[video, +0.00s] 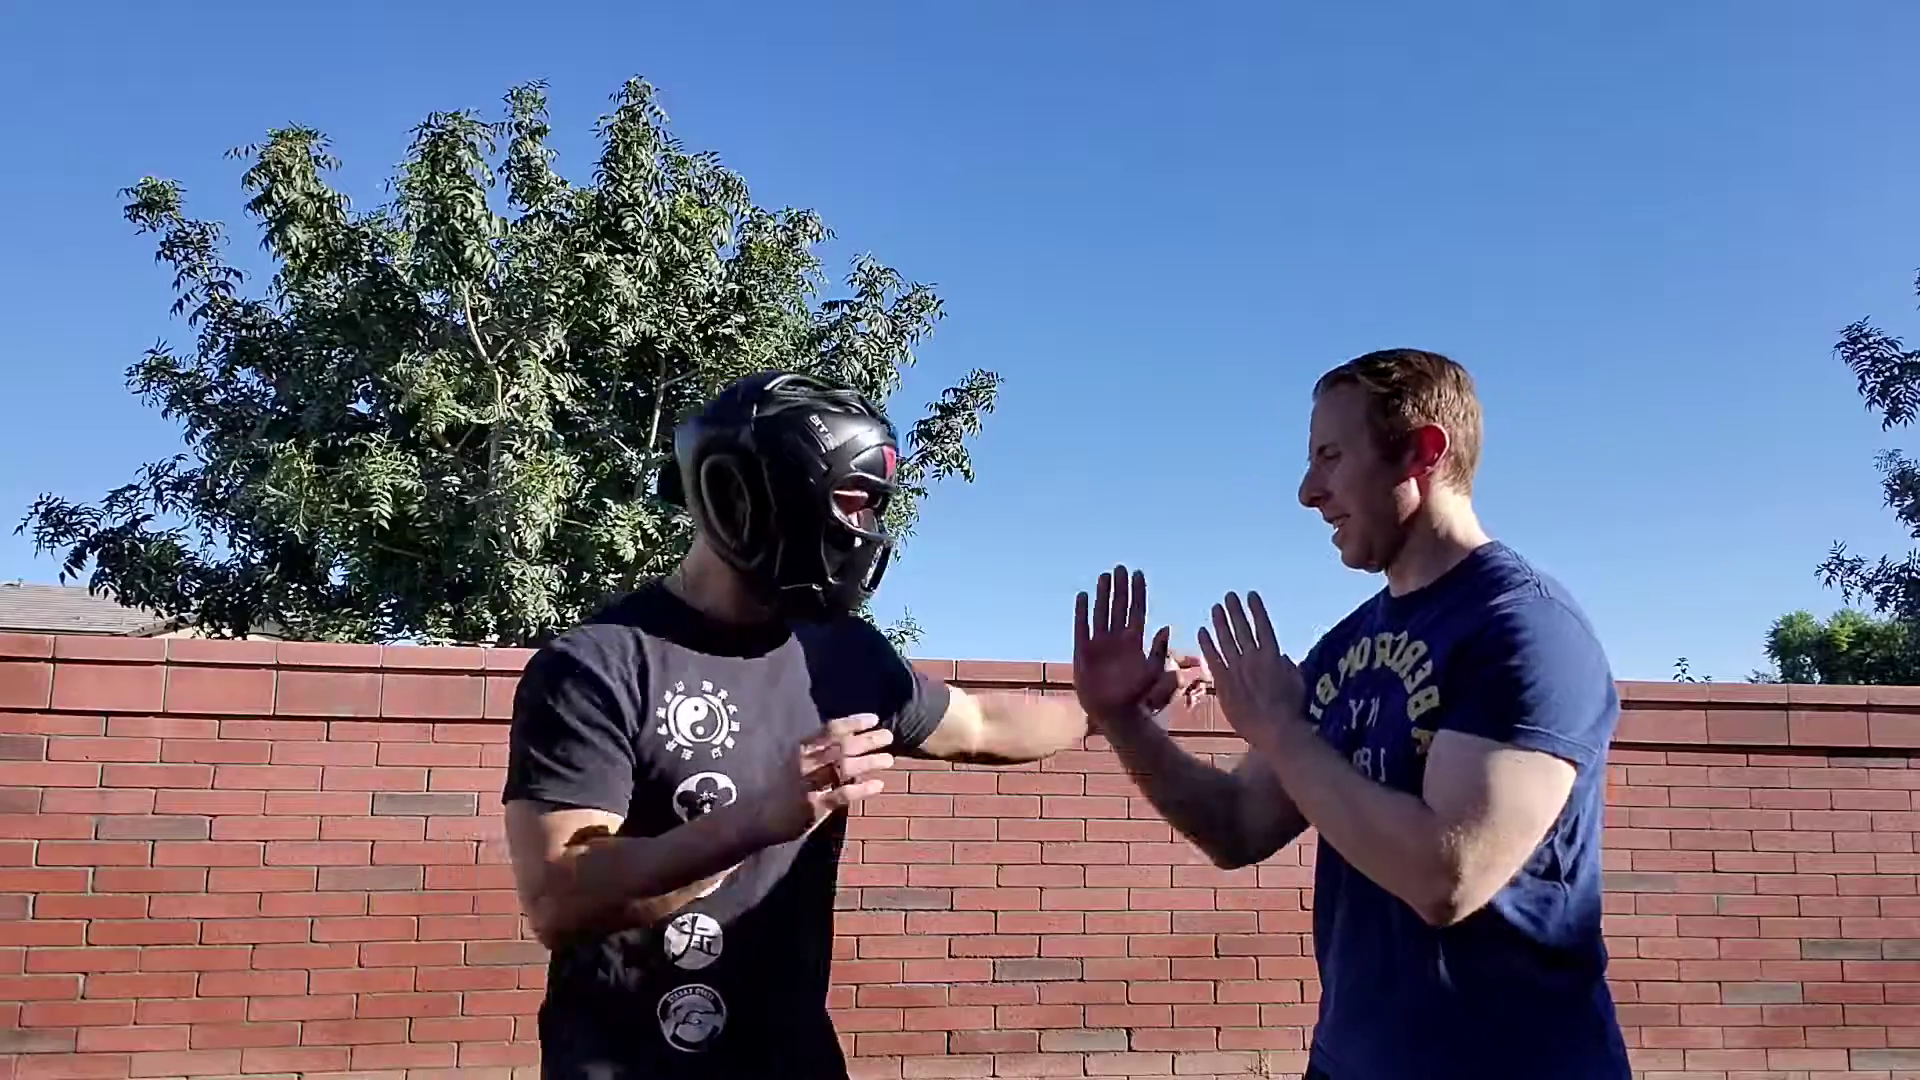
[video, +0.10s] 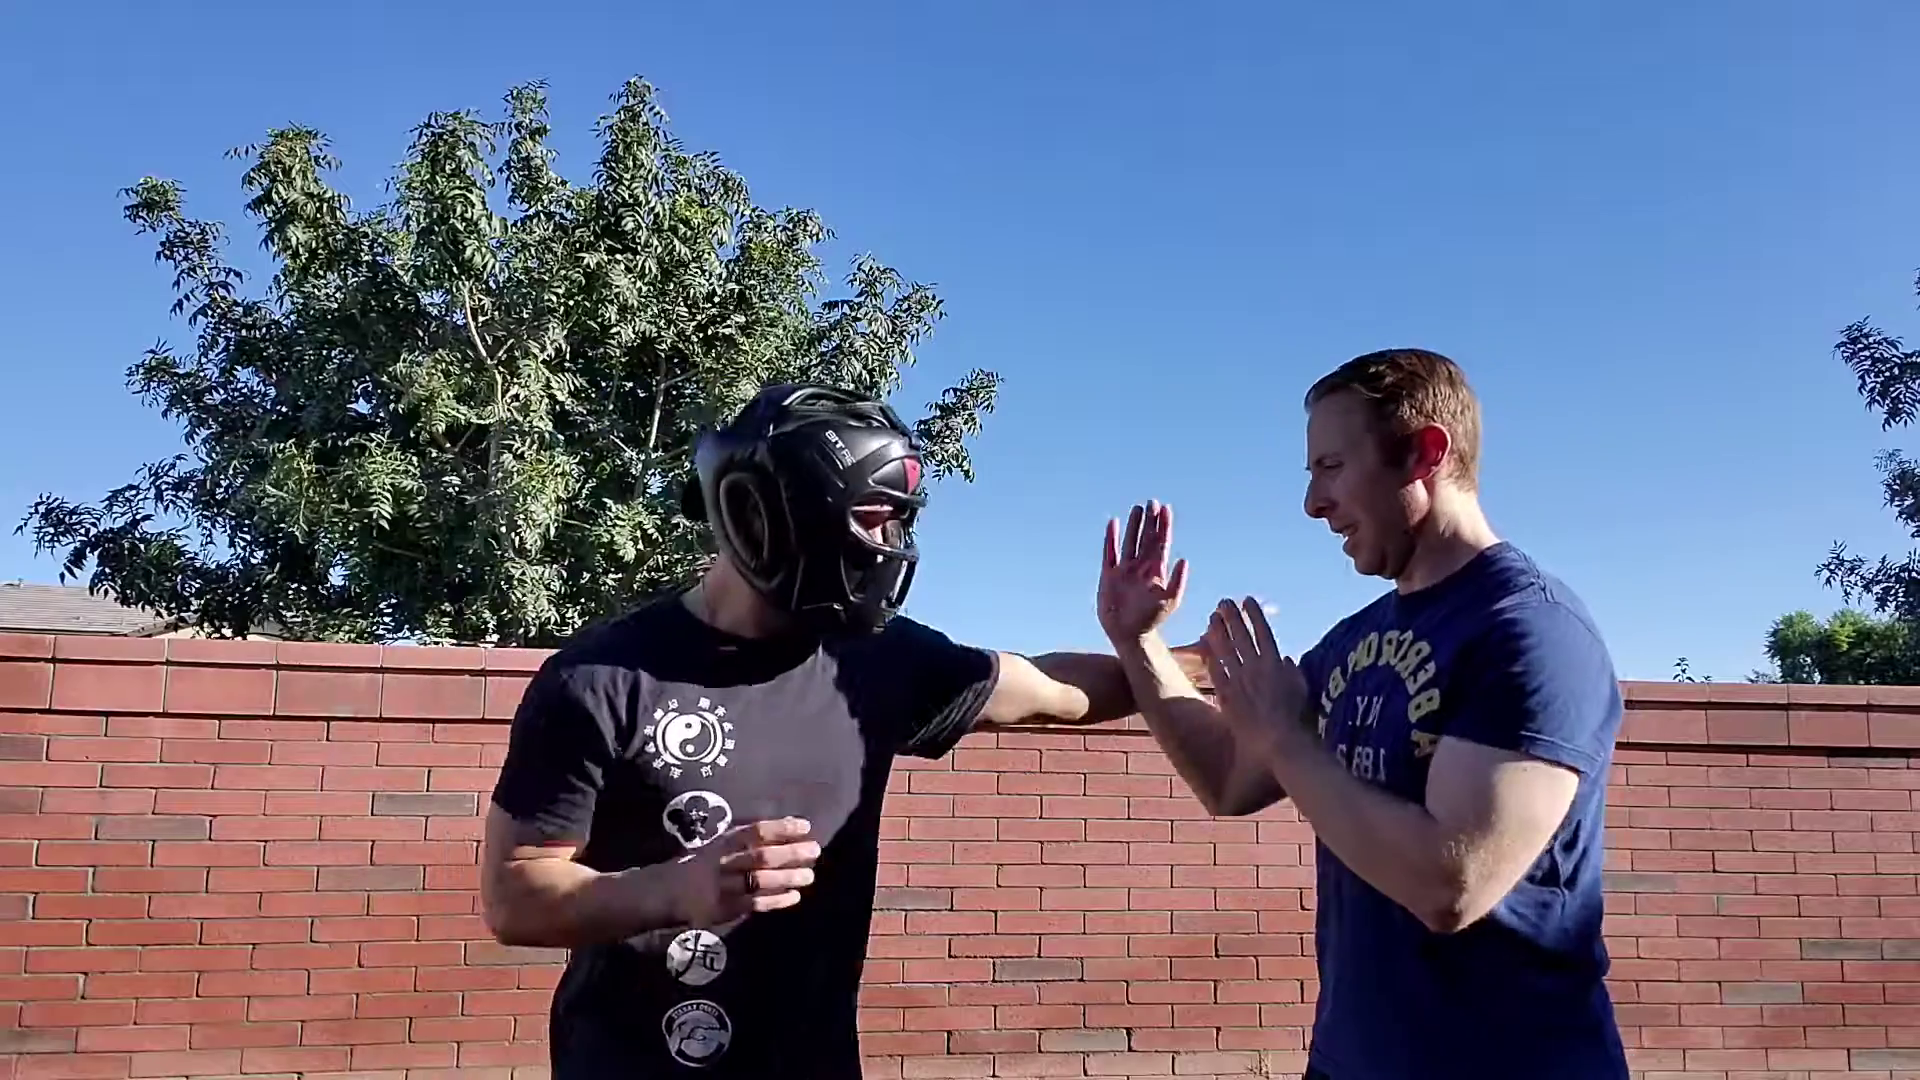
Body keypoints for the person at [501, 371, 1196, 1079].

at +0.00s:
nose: (867, 531)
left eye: (873, 507)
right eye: (847, 503)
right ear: (754, 497)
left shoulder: (837, 652)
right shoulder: (591, 670)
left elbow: (984, 728)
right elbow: (557, 902)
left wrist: (1106, 713)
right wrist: (766, 816)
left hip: (788, 1054)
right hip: (623, 1059)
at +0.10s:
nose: (893, 543)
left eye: (896, 518)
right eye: (870, 517)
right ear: (774, 515)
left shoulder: (881, 666)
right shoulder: (597, 684)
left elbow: (1064, 692)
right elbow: (516, 898)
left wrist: (1194, 678)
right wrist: (679, 890)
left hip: (809, 1059)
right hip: (629, 1062)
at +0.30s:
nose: (881, 546)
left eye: (887, 522)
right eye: (858, 519)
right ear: (761, 513)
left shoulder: (867, 655)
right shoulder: (584, 677)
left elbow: (1058, 672)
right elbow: (528, 899)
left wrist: (1203, 640)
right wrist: (720, 799)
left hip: (803, 1060)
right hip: (621, 1062)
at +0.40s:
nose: (886, 538)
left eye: (891, 514)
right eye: (862, 511)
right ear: (760, 509)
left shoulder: (872, 659)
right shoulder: (589, 676)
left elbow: (1068, 672)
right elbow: (525, 897)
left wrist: (1210, 642)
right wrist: (714, 809)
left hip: (806, 1064)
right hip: (624, 1064)